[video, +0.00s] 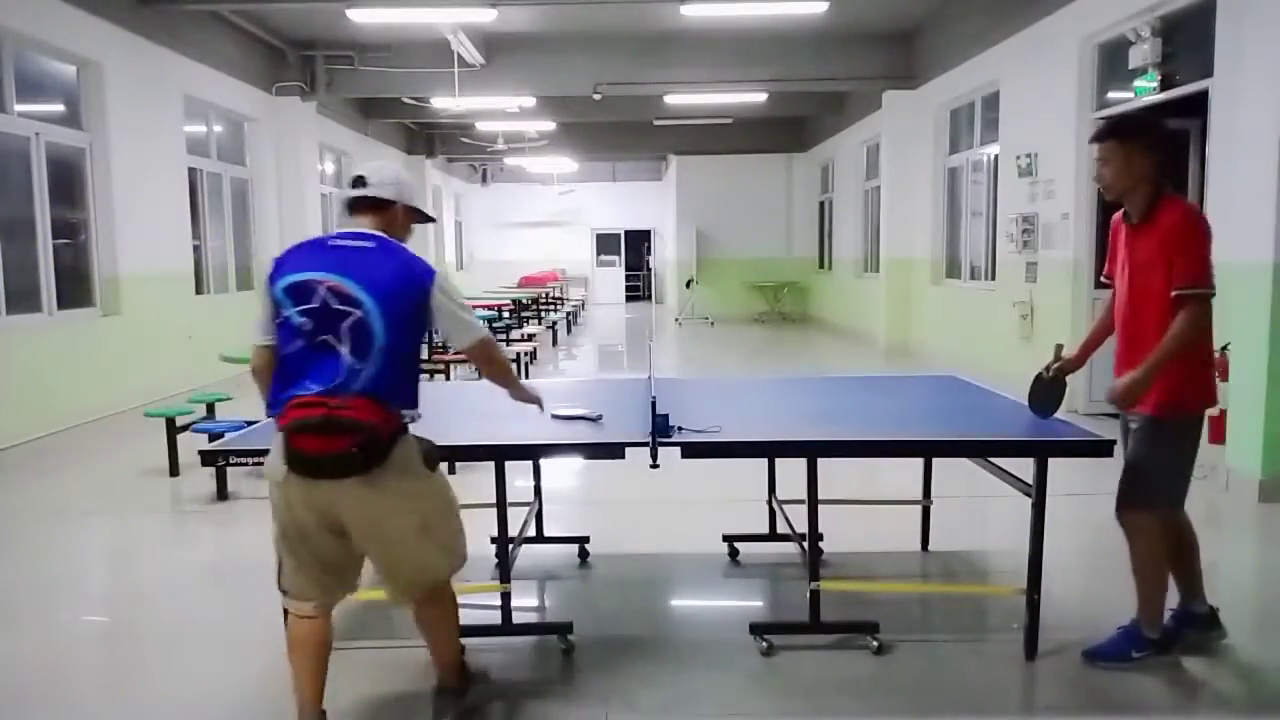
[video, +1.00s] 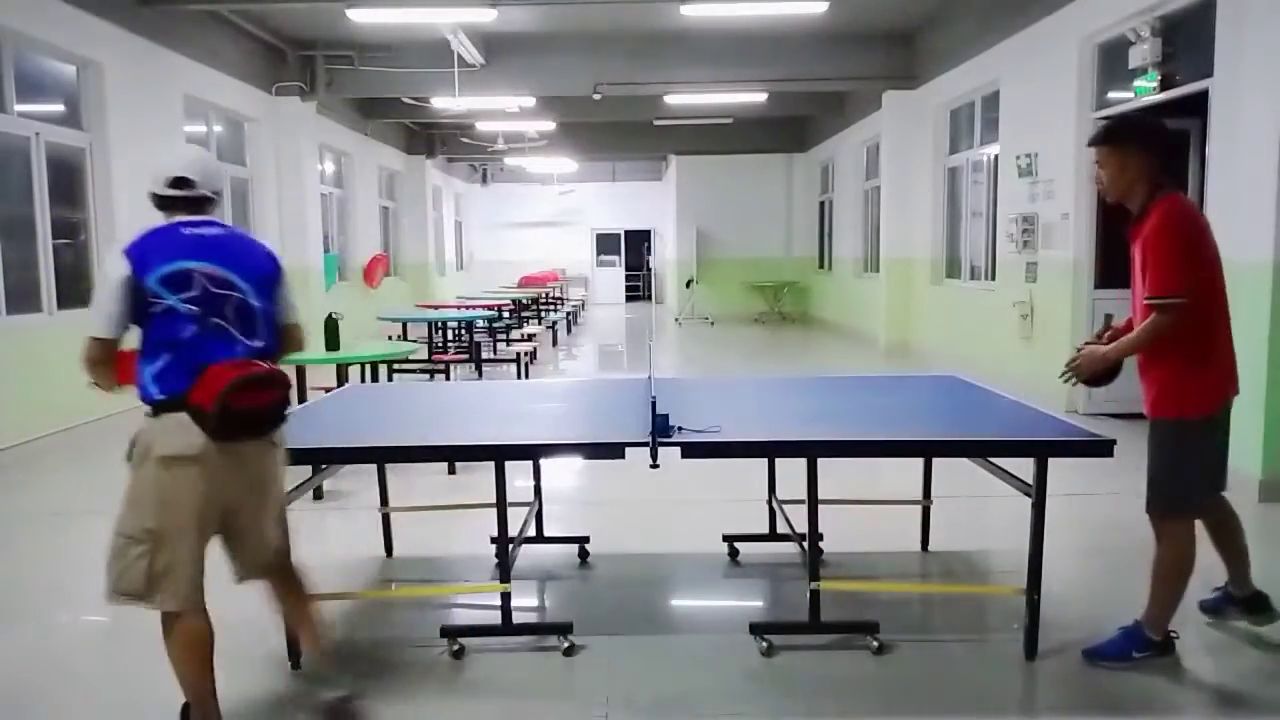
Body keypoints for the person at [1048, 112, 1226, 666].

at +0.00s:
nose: (1097, 173)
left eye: (1106, 161)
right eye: (1096, 162)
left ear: (1142, 162)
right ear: (1125, 166)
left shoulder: (1183, 221)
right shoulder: (1120, 224)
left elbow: (1194, 315)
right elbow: (1119, 302)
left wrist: (1138, 375)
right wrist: (1079, 354)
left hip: (1176, 393)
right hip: (1141, 390)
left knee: (1136, 507)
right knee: (1162, 505)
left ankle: (1148, 628)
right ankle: (1197, 612)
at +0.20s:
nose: (1087, 173)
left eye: (1095, 161)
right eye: (1087, 162)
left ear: (1132, 160)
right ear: (1112, 165)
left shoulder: (1168, 222)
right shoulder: (1120, 224)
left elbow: (1181, 314)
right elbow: (1125, 302)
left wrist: (1117, 369)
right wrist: (1085, 350)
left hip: (1167, 393)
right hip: (1147, 390)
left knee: (1133, 509)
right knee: (1160, 505)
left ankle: (1148, 628)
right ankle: (1197, 613)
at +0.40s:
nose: (1077, 177)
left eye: (1084, 164)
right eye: (1076, 166)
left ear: (1119, 162)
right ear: (1109, 166)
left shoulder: (1156, 222)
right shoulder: (1126, 224)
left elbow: (1164, 315)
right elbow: (1129, 308)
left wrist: (1095, 364)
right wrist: (1089, 349)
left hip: (1168, 392)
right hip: (1154, 390)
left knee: (1145, 505)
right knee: (1170, 503)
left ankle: (1151, 628)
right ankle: (1194, 615)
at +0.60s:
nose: (1075, 181)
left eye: (1082, 167)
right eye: (1074, 169)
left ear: (1116, 163)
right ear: (1110, 168)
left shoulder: (1150, 222)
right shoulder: (1132, 222)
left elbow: (1158, 317)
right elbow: (1141, 308)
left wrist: (1098, 355)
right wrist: (1102, 336)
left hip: (1174, 393)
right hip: (1163, 390)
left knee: (1165, 511)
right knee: (1181, 504)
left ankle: (1155, 630)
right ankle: (1202, 605)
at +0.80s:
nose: (1082, 181)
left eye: (1088, 167)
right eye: (1080, 169)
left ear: (1122, 163)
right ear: (1118, 168)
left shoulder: (1155, 220)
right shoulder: (1137, 221)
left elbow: (1165, 314)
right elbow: (1147, 304)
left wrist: (1108, 357)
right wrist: (1107, 332)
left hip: (1180, 394)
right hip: (1173, 392)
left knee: (1168, 511)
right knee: (1189, 497)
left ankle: (1154, 630)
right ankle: (1222, 593)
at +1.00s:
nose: (1097, 177)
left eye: (1104, 164)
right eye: (1096, 166)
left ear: (1137, 163)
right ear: (1135, 167)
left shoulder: (1167, 222)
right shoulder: (1157, 220)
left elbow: (1169, 312)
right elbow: (1159, 304)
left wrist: (1110, 355)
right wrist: (1119, 331)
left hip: (1185, 395)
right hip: (1194, 391)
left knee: (1170, 511)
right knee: (1204, 496)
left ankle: (1154, 631)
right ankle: (1245, 590)